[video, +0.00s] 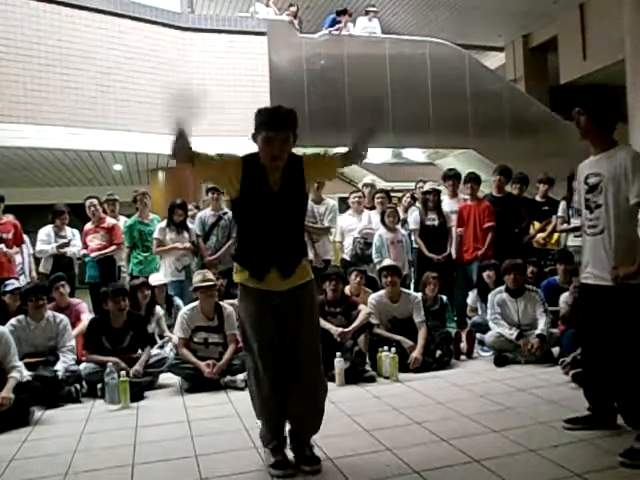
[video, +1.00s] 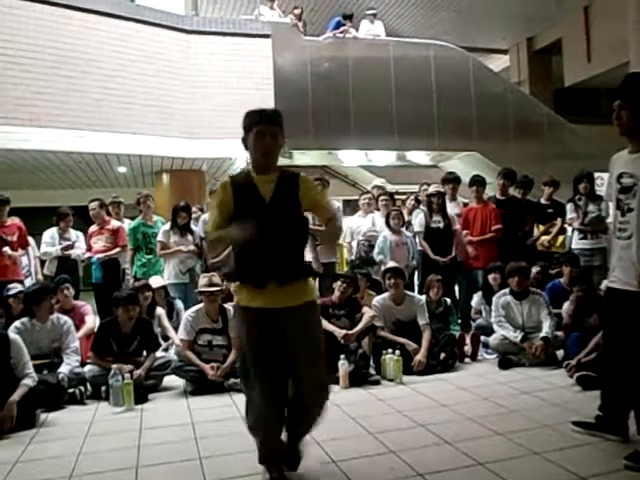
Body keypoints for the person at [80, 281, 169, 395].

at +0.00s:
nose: (122, 305)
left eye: (124, 300)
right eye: (116, 301)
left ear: (128, 301)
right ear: (106, 305)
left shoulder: (137, 320)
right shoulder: (96, 323)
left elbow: (148, 346)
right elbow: (88, 355)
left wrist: (140, 365)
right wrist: (115, 361)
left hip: (133, 362)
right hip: (107, 365)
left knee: (163, 357)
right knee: (86, 369)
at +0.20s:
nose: (127, 309)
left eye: (130, 304)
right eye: (121, 305)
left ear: (134, 306)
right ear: (111, 307)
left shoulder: (139, 321)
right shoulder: (101, 323)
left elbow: (149, 349)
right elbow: (90, 356)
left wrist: (137, 369)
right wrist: (109, 363)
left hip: (133, 362)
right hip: (108, 363)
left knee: (163, 358)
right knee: (86, 369)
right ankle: (134, 382)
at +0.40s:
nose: (131, 311)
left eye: (133, 306)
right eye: (125, 307)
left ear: (138, 307)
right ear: (114, 309)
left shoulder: (142, 322)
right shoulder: (104, 324)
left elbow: (149, 350)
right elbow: (92, 356)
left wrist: (139, 369)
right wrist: (114, 367)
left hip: (134, 362)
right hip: (110, 364)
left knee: (163, 358)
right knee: (85, 369)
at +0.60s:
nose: (131, 311)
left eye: (134, 307)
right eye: (126, 307)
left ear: (138, 307)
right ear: (115, 309)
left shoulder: (143, 322)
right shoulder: (104, 324)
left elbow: (149, 350)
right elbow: (92, 356)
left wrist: (139, 367)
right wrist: (119, 366)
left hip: (134, 363)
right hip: (109, 364)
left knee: (163, 358)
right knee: (85, 369)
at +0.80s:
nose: (133, 313)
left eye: (136, 308)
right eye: (128, 309)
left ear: (140, 309)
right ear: (117, 311)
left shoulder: (145, 324)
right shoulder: (106, 327)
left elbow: (153, 352)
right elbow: (95, 358)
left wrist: (142, 370)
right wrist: (118, 368)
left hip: (138, 364)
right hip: (113, 366)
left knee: (168, 360)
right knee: (90, 371)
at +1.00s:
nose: (131, 314)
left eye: (134, 309)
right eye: (127, 310)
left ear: (139, 309)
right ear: (116, 311)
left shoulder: (144, 325)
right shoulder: (105, 327)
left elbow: (153, 352)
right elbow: (94, 358)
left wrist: (142, 370)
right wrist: (117, 367)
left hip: (137, 364)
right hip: (112, 365)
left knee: (168, 360)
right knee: (89, 371)